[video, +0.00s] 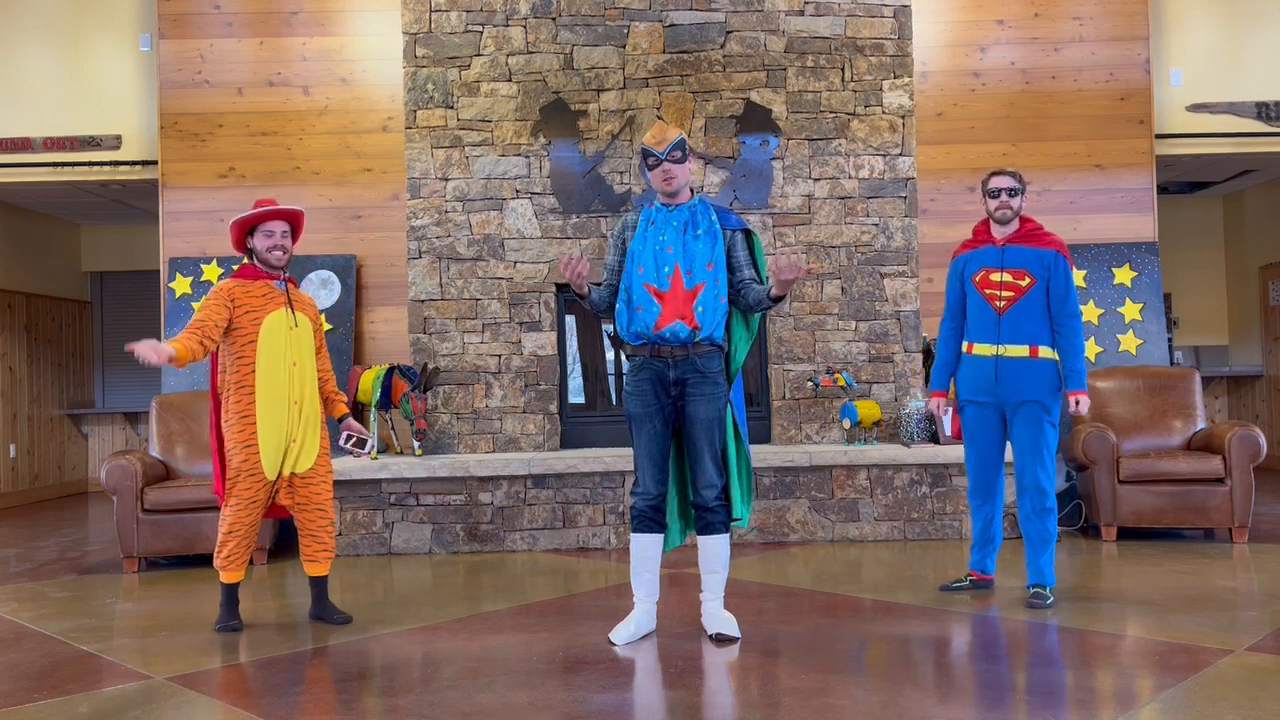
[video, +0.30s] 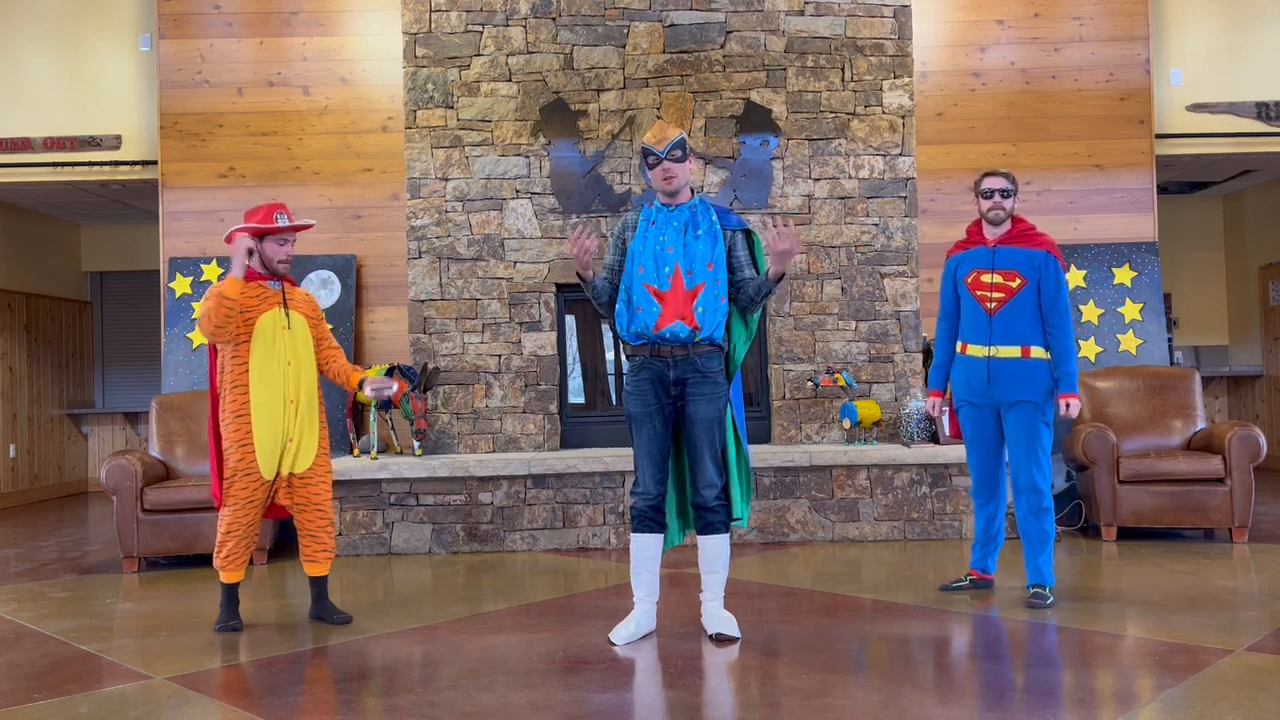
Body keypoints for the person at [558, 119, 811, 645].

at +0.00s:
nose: (667, 170)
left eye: (676, 159)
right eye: (656, 163)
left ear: (693, 164)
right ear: (645, 171)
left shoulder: (724, 223)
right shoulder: (632, 224)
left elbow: (748, 297)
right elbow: (606, 299)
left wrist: (777, 288)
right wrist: (582, 288)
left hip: (703, 365)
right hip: (644, 366)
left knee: (709, 486)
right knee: (648, 489)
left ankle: (714, 608)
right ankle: (644, 610)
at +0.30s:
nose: (667, 168)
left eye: (676, 157)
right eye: (656, 161)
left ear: (694, 165)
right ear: (645, 172)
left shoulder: (724, 223)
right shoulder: (632, 224)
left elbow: (747, 298)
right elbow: (609, 302)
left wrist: (774, 271)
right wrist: (588, 273)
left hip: (703, 365)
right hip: (644, 366)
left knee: (709, 485)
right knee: (648, 488)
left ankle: (714, 608)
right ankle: (644, 609)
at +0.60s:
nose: (670, 171)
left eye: (679, 161)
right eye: (659, 164)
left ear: (696, 167)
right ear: (648, 173)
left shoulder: (725, 226)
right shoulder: (634, 226)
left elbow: (750, 297)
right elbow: (604, 300)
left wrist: (782, 283)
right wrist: (579, 288)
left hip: (704, 365)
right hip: (645, 366)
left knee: (709, 485)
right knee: (648, 487)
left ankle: (714, 607)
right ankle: (644, 610)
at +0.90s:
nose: (672, 171)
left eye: (682, 160)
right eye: (661, 163)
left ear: (699, 167)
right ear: (651, 171)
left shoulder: (727, 226)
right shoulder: (635, 225)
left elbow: (751, 299)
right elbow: (608, 300)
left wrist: (781, 283)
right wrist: (584, 280)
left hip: (705, 365)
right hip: (645, 365)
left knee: (710, 485)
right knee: (649, 487)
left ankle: (714, 608)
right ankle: (644, 609)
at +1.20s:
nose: (680, 171)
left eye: (689, 161)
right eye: (669, 163)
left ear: (703, 166)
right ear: (657, 170)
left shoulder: (731, 225)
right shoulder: (641, 222)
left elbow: (752, 301)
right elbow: (614, 299)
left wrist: (780, 283)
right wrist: (589, 279)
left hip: (708, 365)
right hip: (649, 365)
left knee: (711, 486)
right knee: (650, 487)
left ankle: (714, 608)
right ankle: (644, 609)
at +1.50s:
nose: (692, 170)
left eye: (702, 161)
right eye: (682, 161)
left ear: (716, 166)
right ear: (669, 166)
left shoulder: (740, 226)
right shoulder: (646, 223)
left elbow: (762, 296)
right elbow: (616, 290)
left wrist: (770, 358)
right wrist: (600, 348)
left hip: (715, 366)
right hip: (654, 366)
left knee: (716, 488)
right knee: (653, 489)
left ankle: (715, 607)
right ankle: (644, 609)